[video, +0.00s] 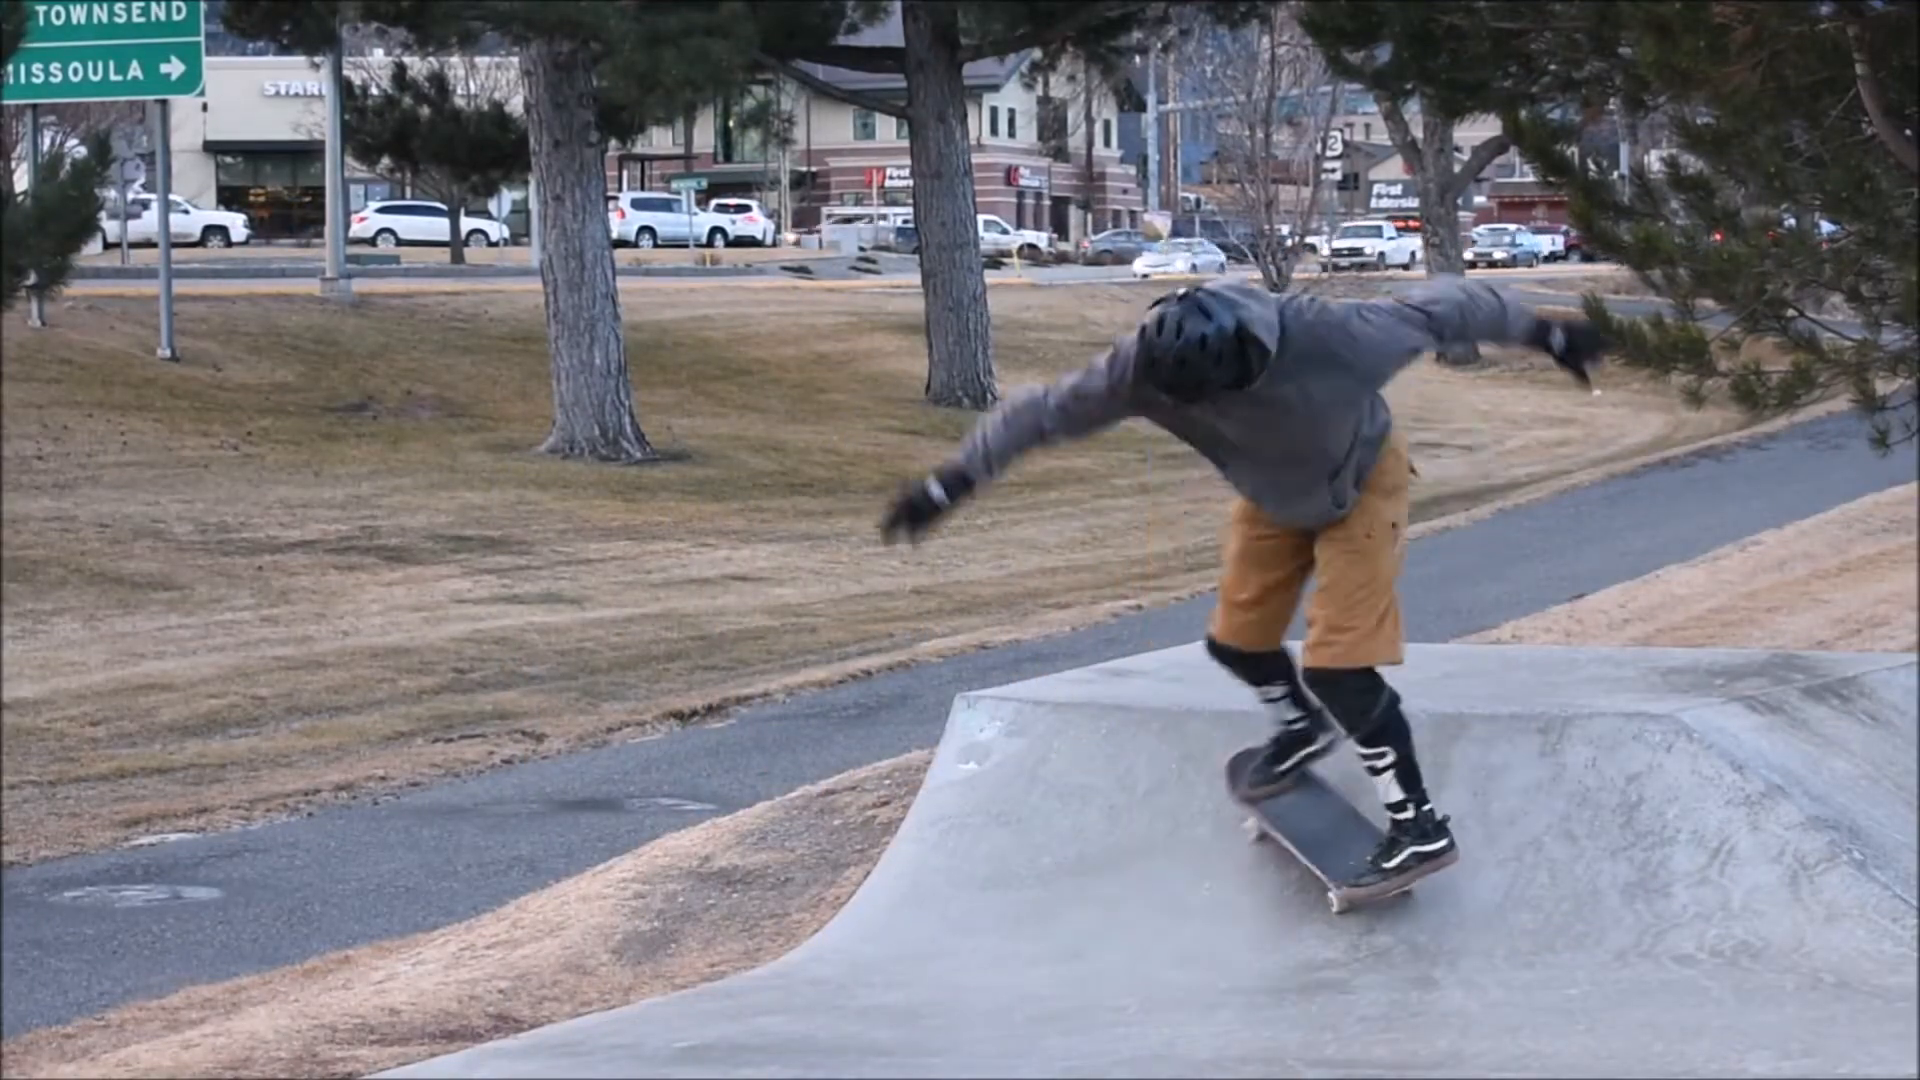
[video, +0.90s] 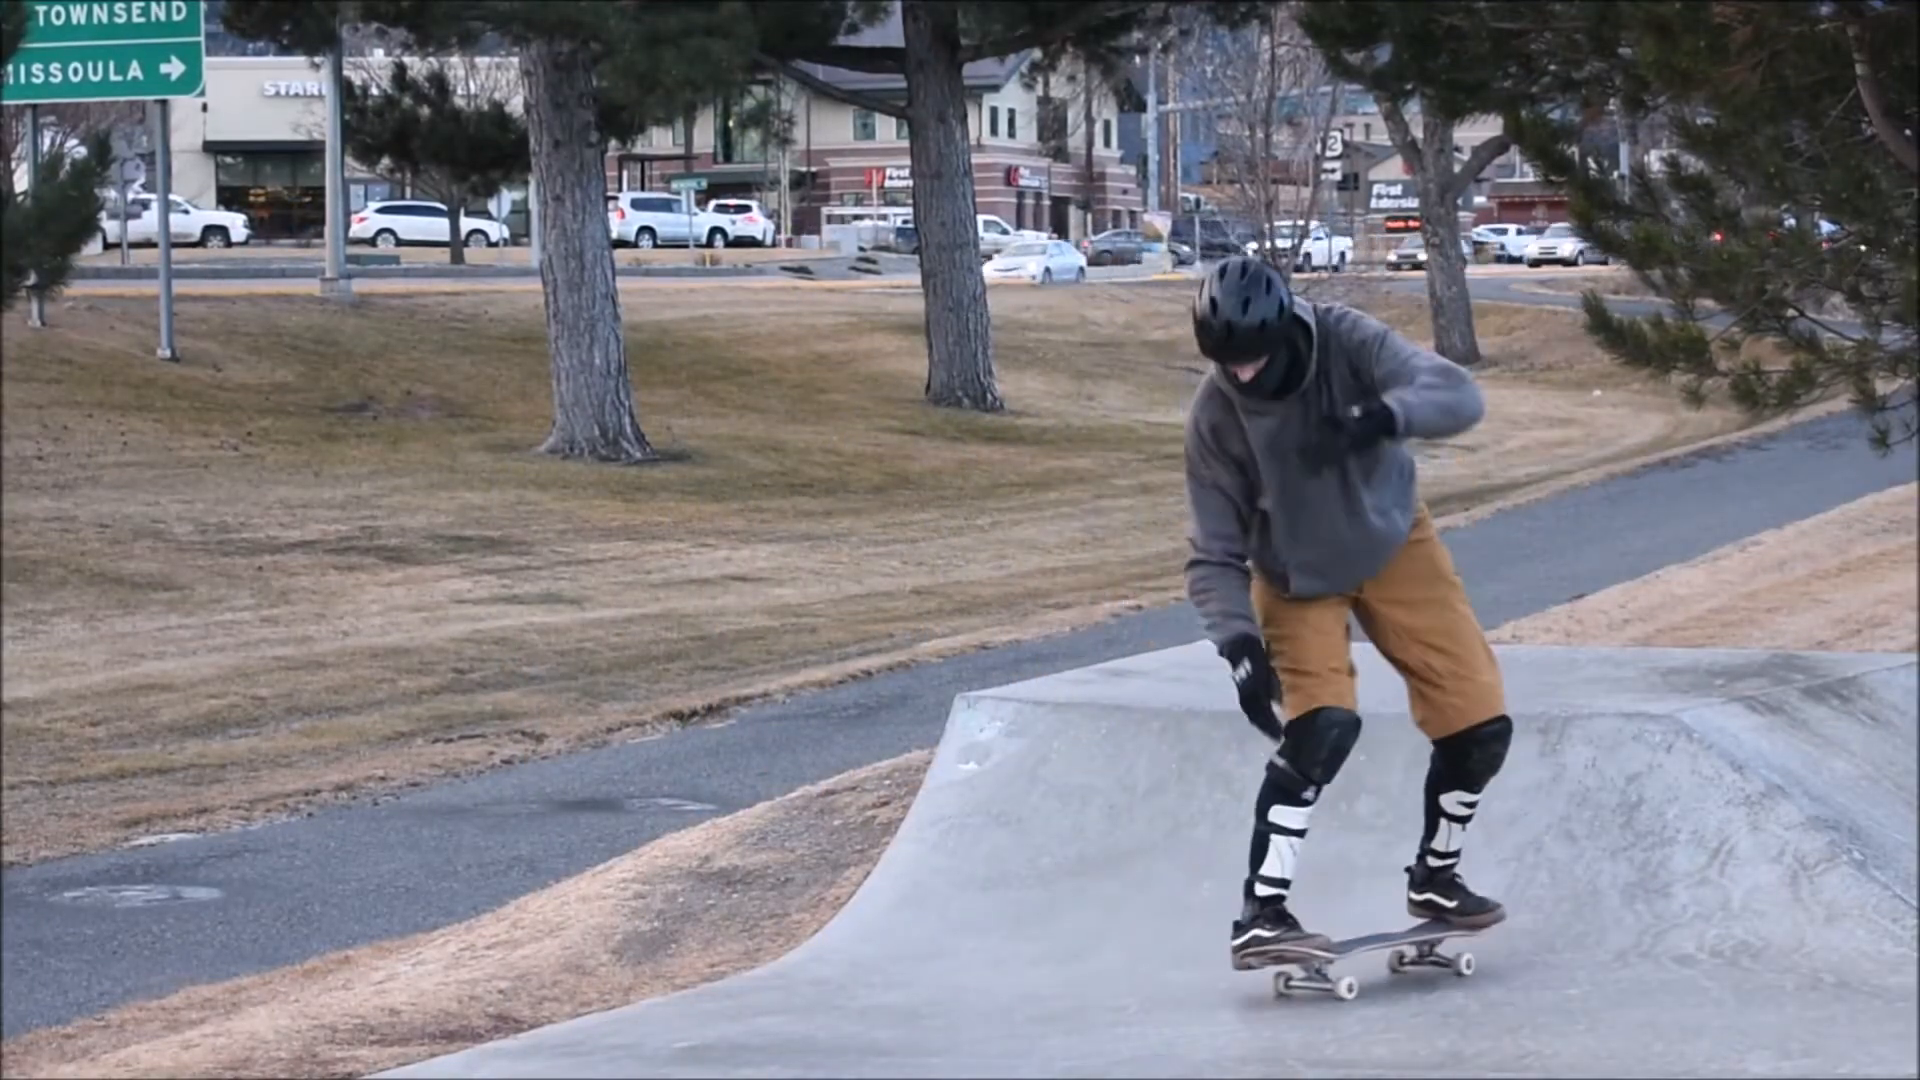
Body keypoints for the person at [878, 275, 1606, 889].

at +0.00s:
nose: (1184, 403)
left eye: (1195, 394)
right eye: (1174, 392)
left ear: (1237, 366)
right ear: (1167, 363)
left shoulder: (1327, 335)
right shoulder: (1148, 364)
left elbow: (1446, 307)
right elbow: (1043, 413)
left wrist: (1547, 327)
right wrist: (945, 483)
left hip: (1359, 476)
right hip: (1268, 492)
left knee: (1339, 669)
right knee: (1236, 641)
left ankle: (1418, 818)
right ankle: (1306, 723)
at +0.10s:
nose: (1172, 426)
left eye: (1175, 413)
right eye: (1159, 417)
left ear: (1201, 377)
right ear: (1150, 391)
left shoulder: (1295, 350)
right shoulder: (1165, 400)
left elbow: (1402, 309)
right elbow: (1104, 462)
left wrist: (1491, 305)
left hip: (1395, 484)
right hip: (1318, 501)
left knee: (1327, 672)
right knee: (1255, 630)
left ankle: (1413, 823)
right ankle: (1324, 717)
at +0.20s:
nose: (1180, 423)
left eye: (1181, 408)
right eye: (1168, 416)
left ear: (1198, 367)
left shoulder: (1293, 361)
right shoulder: (1189, 407)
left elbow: (1425, 360)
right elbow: (1145, 479)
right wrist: (1134, 533)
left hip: (1410, 490)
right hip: (1333, 510)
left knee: (1328, 675)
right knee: (1258, 637)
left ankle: (1418, 830)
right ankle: (1328, 729)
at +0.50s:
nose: (1233, 343)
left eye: (1238, 327)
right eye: (1219, 334)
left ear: (1263, 294)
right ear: (1202, 322)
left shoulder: (1353, 304)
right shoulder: (1204, 367)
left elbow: (1488, 329)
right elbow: (1140, 412)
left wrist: (1600, 380)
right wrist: (1089, 493)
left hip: (1417, 491)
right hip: (1315, 517)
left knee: (1416, 680)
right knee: (1279, 683)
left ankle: (1489, 850)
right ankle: (1298, 794)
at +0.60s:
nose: (1237, 347)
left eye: (1241, 331)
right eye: (1220, 340)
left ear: (1264, 291)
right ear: (1196, 320)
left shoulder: (1344, 289)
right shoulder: (1204, 361)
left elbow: (1449, 291)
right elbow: (1171, 399)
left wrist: (1528, 320)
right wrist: (1131, 451)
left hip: (1426, 492)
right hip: (1317, 516)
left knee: (1486, 698)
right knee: (1314, 693)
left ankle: (1514, 846)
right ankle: (1269, 863)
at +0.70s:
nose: (1237, 368)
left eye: (1243, 352)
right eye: (1223, 360)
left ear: (1269, 311)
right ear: (1203, 341)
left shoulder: (1334, 302)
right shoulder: (1219, 384)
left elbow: (1443, 302)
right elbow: (1215, 463)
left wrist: (1427, 315)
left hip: (1425, 510)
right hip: (1324, 541)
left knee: (1505, 694)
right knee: (1367, 708)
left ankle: (1480, 859)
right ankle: (1325, 896)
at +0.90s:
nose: (1244, 375)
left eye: (1254, 359)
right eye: (1229, 364)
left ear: (1285, 329)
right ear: (1210, 347)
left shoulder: (1347, 341)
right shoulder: (1216, 416)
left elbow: (1461, 396)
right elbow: (1215, 552)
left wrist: (1379, 417)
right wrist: (1241, 651)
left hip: (1395, 545)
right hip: (1294, 574)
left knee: (1477, 729)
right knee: (1324, 728)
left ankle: (1434, 879)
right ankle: (1262, 915)